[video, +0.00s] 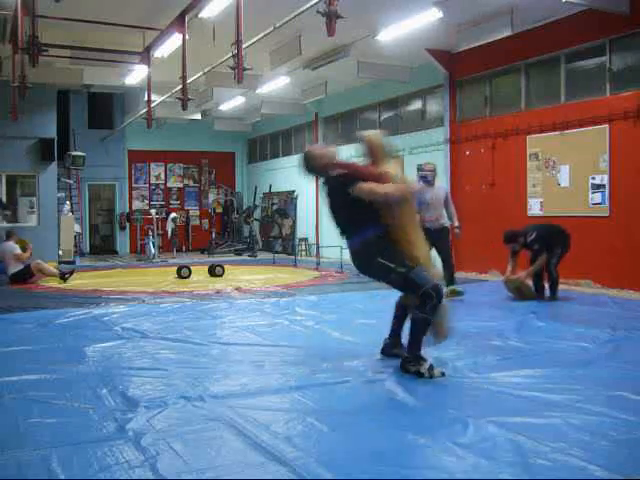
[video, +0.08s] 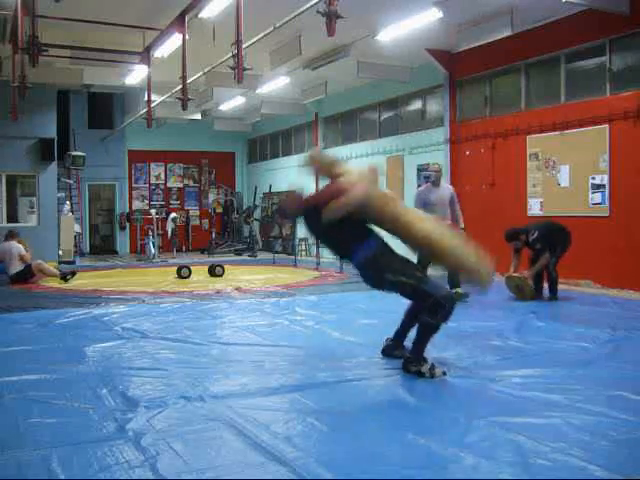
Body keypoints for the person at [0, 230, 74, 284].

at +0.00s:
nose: (17, 239)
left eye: (16, 237)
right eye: (16, 237)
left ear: (8, 237)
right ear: (13, 237)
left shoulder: (5, 245)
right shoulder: (11, 245)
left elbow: (19, 258)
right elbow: (22, 258)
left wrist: (26, 252)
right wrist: (29, 251)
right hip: (16, 275)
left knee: (39, 265)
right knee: (37, 264)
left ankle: (61, 274)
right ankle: (61, 275)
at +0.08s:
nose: (17, 240)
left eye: (17, 238)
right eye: (17, 238)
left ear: (6, 238)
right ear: (14, 238)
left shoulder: (3, 246)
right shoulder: (17, 246)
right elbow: (27, 259)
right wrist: (29, 251)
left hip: (11, 276)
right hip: (18, 275)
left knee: (41, 267)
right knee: (38, 264)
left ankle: (62, 274)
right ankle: (61, 275)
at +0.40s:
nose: (16, 239)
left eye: (16, 237)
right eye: (16, 237)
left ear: (6, 237)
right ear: (14, 237)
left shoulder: (3, 246)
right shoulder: (14, 246)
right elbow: (25, 259)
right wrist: (27, 248)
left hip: (11, 276)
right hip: (17, 275)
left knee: (40, 265)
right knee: (40, 264)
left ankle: (62, 274)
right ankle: (62, 275)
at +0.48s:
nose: (16, 238)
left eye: (15, 236)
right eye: (14, 236)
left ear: (6, 237)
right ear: (9, 237)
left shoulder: (5, 245)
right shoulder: (8, 246)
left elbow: (17, 259)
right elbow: (19, 259)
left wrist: (22, 249)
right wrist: (26, 249)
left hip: (14, 274)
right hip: (14, 275)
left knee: (41, 264)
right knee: (41, 265)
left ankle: (62, 274)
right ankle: (62, 275)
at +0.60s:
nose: (14, 239)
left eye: (14, 237)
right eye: (11, 237)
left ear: (14, 238)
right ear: (7, 238)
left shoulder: (11, 247)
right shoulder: (5, 246)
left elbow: (23, 259)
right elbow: (11, 260)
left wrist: (24, 250)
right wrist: (21, 253)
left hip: (18, 273)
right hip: (13, 275)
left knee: (41, 265)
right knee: (39, 265)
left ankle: (62, 274)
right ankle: (62, 275)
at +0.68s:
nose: (14, 240)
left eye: (15, 237)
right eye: (11, 238)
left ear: (16, 238)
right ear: (7, 239)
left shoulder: (16, 247)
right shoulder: (4, 247)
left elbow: (23, 261)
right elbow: (6, 260)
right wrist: (14, 249)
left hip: (20, 271)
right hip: (12, 274)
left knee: (39, 264)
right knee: (38, 265)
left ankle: (61, 274)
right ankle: (61, 275)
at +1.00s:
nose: (17, 240)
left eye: (18, 238)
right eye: (15, 238)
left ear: (20, 238)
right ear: (10, 238)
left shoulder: (20, 247)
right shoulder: (6, 247)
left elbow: (26, 259)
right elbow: (2, 259)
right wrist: (10, 254)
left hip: (23, 272)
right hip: (13, 275)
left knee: (40, 264)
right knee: (39, 264)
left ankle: (62, 274)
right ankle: (61, 275)